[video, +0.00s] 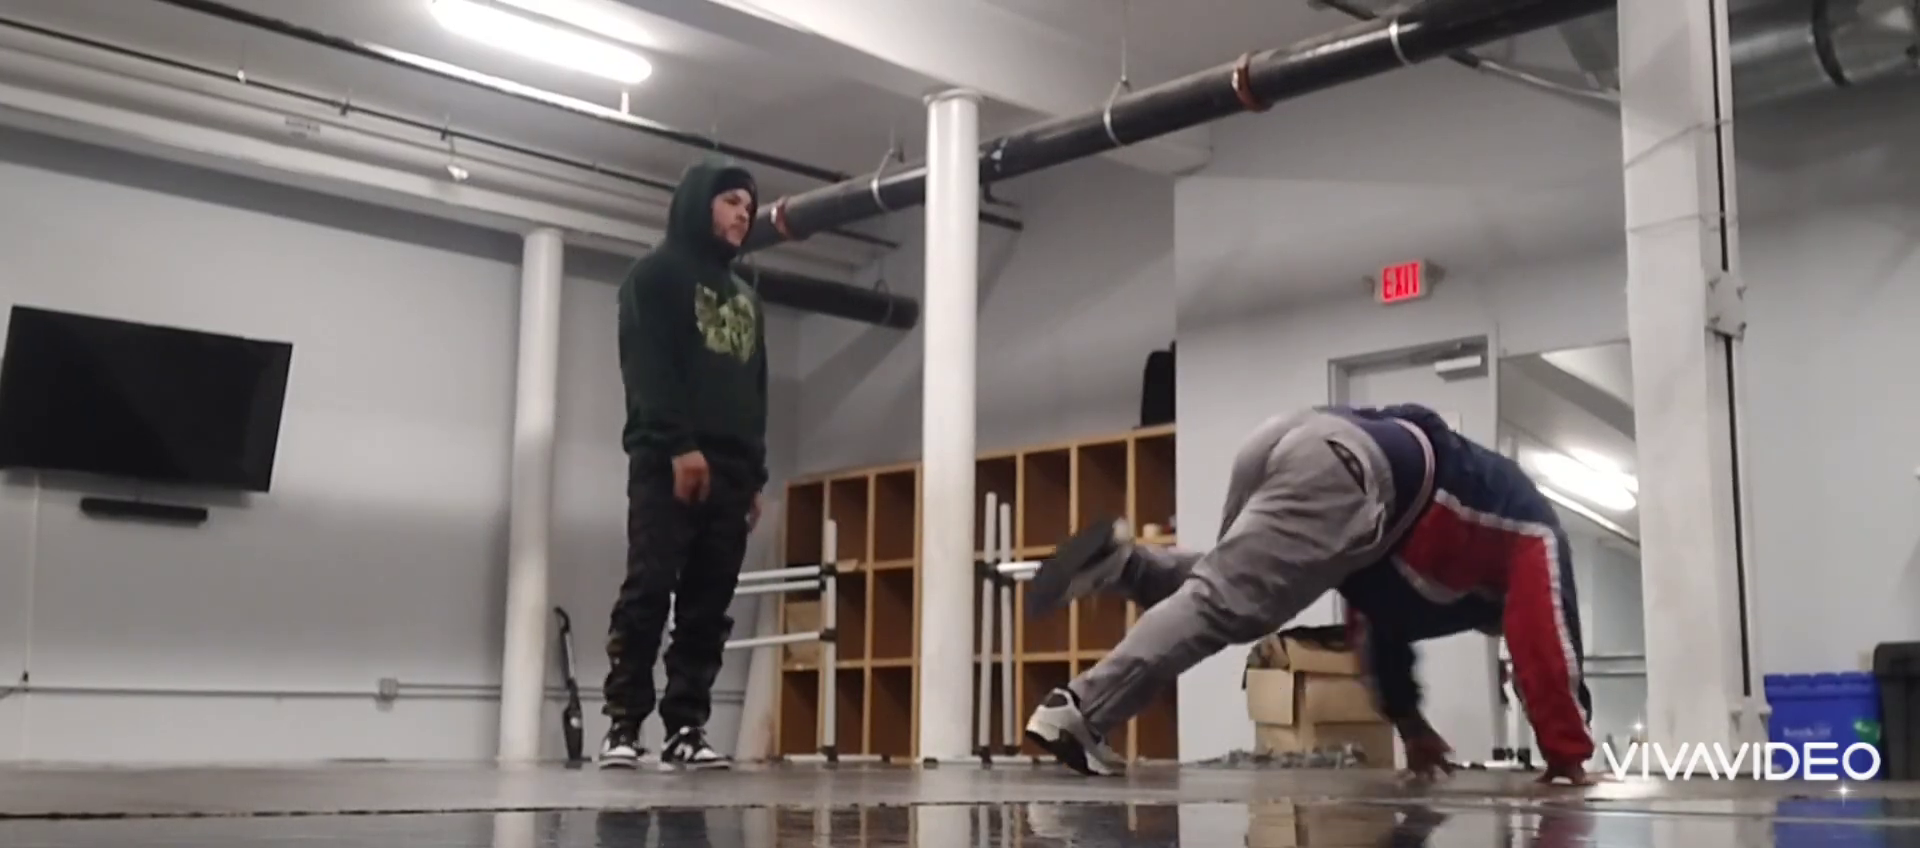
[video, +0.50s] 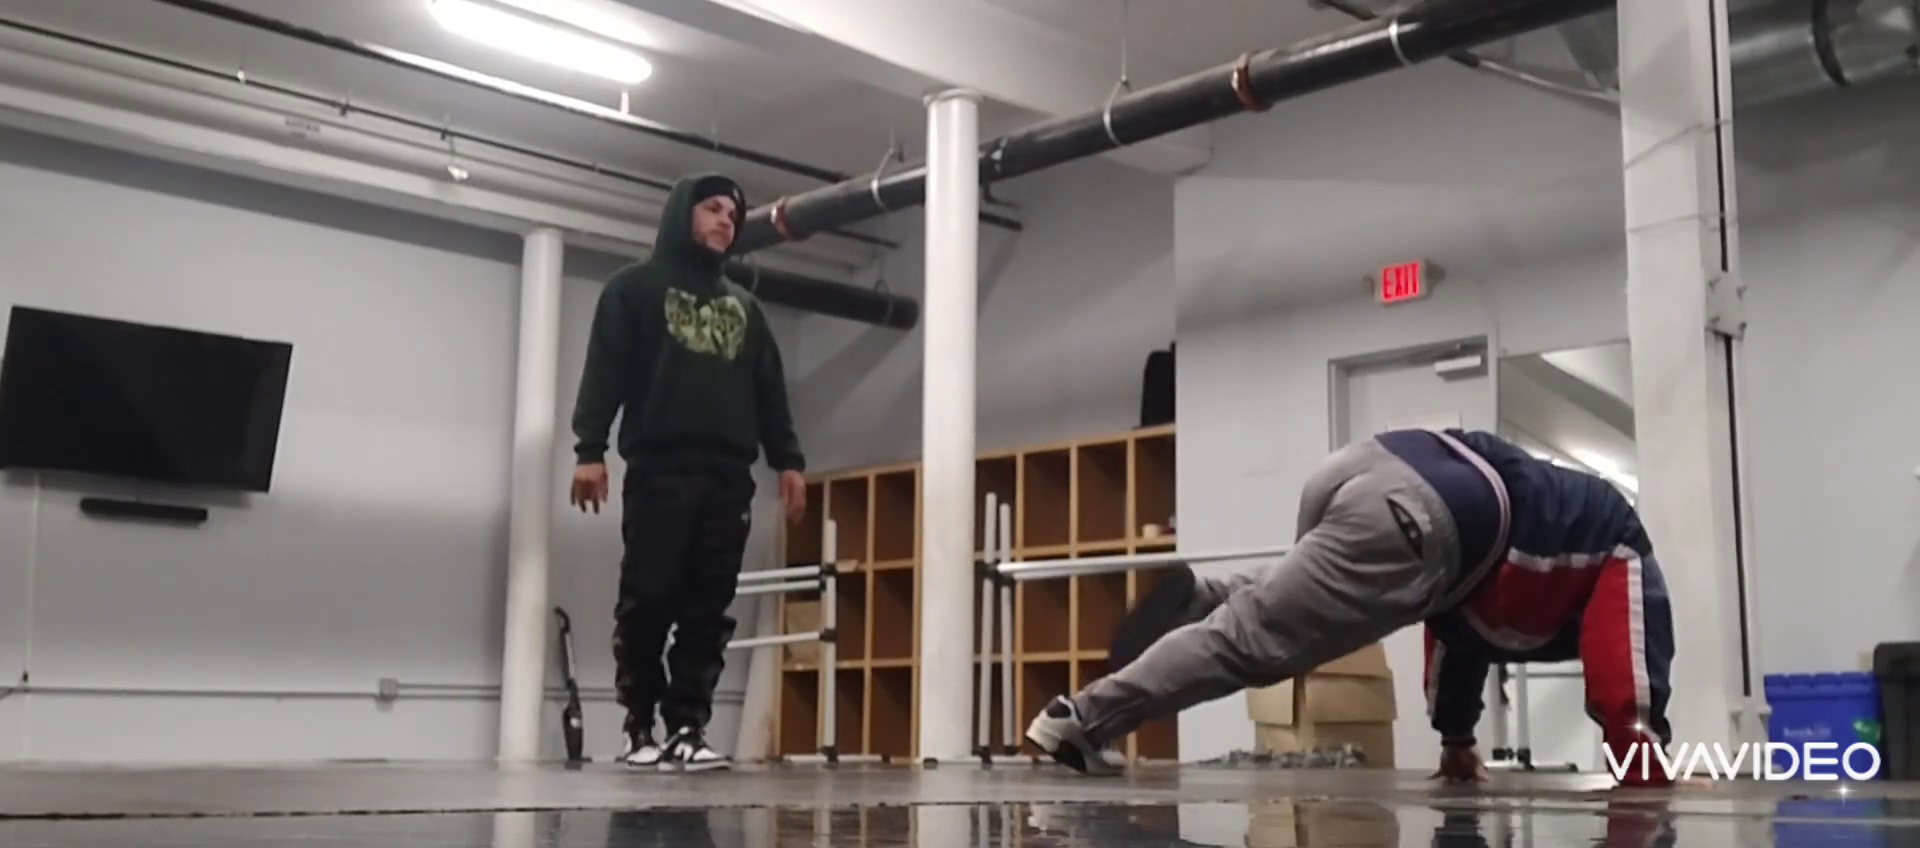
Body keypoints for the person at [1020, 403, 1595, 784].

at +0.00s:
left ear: (1493, 604)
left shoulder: (1420, 582)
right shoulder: (1533, 530)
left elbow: (1380, 642)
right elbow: (1539, 652)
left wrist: (1413, 731)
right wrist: (1569, 756)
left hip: (1280, 434)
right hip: (1348, 460)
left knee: (1240, 586)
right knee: (1224, 606)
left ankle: (1122, 563)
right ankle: (1073, 715)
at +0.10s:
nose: (1513, 638)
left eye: (1520, 635)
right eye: (1526, 632)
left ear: (1504, 605)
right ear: (1542, 595)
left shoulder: (1426, 591)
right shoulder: (1550, 532)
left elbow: (1408, 659)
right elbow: (1578, 645)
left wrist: (1419, 748)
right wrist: (1610, 750)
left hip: (1294, 436)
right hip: (1357, 463)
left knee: (1253, 596)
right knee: (1225, 605)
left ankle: (1136, 546)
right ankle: (1071, 714)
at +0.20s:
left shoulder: (1448, 584)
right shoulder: (1574, 553)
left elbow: (1416, 650)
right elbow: (1594, 651)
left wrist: (1421, 751)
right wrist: (1650, 761)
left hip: (1341, 437)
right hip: (1390, 486)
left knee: (1241, 569)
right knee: (1227, 621)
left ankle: (1150, 524)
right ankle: (1073, 715)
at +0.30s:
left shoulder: (1485, 586)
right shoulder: (1604, 557)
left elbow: (1426, 645)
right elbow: (1601, 689)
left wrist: (1436, 748)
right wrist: (1648, 773)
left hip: (1366, 442)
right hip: (1421, 507)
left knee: (1273, 552)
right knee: (1239, 630)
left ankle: (1178, 536)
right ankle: (1078, 717)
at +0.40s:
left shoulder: (1497, 587)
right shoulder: (1622, 552)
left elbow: (1443, 641)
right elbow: (1620, 676)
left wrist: (1454, 752)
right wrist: (1643, 764)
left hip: (1354, 460)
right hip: (1425, 511)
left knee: (1315, 597)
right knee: (1248, 639)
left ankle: (1224, 603)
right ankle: (1082, 722)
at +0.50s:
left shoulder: (1506, 575)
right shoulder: (1624, 547)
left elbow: (1454, 645)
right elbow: (1618, 680)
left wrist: (1457, 751)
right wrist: (1645, 764)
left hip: (1351, 463)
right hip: (1419, 516)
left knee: (1323, 591)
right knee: (1244, 640)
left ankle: (1211, 597)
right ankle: (1077, 720)